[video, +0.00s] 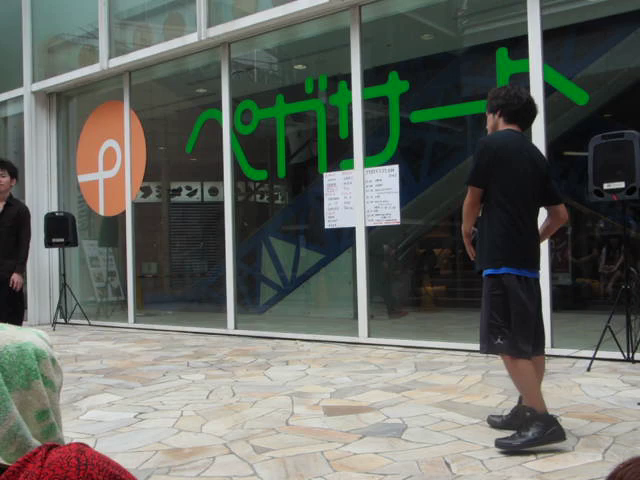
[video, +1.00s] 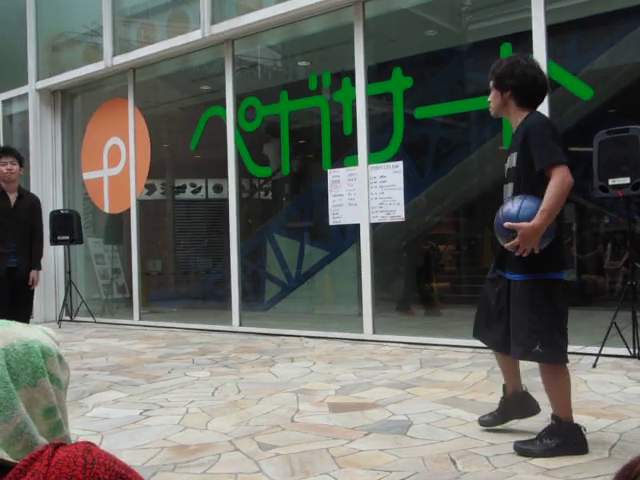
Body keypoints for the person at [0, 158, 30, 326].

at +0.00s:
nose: (0, 180)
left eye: (3, 175)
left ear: (13, 181)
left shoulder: (19, 210)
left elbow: (23, 244)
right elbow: (23, 244)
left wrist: (19, 271)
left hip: (8, 276)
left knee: (11, 324)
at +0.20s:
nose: (0, 175)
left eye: (4, 171)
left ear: (14, 178)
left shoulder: (18, 208)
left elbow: (22, 243)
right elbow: (22, 243)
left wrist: (17, 270)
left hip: (7, 274)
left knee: (8, 324)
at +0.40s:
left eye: (3, 170)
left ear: (13, 177)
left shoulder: (16, 205)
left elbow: (20, 242)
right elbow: (20, 242)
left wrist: (15, 269)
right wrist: (14, 270)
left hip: (6, 273)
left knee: (8, 324)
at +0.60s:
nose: (0, 171)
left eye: (4, 167)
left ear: (14, 174)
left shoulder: (19, 203)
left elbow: (20, 239)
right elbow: (21, 239)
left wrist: (10, 264)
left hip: (9, 270)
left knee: (10, 319)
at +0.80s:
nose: (3, 169)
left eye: (8, 166)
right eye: (1, 165)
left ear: (17, 173)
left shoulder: (23, 203)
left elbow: (25, 238)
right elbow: (25, 239)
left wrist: (15, 264)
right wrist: (12, 265)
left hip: (10, 275)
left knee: (10, 324)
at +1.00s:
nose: (9, 168)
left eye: (13, 164)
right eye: (4, 164)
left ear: (21, 169)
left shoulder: (31, 201)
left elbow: (37, 237)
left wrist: (35, 267)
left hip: (22, 270)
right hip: (2, 271)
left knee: (20, 322)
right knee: (3, 321)